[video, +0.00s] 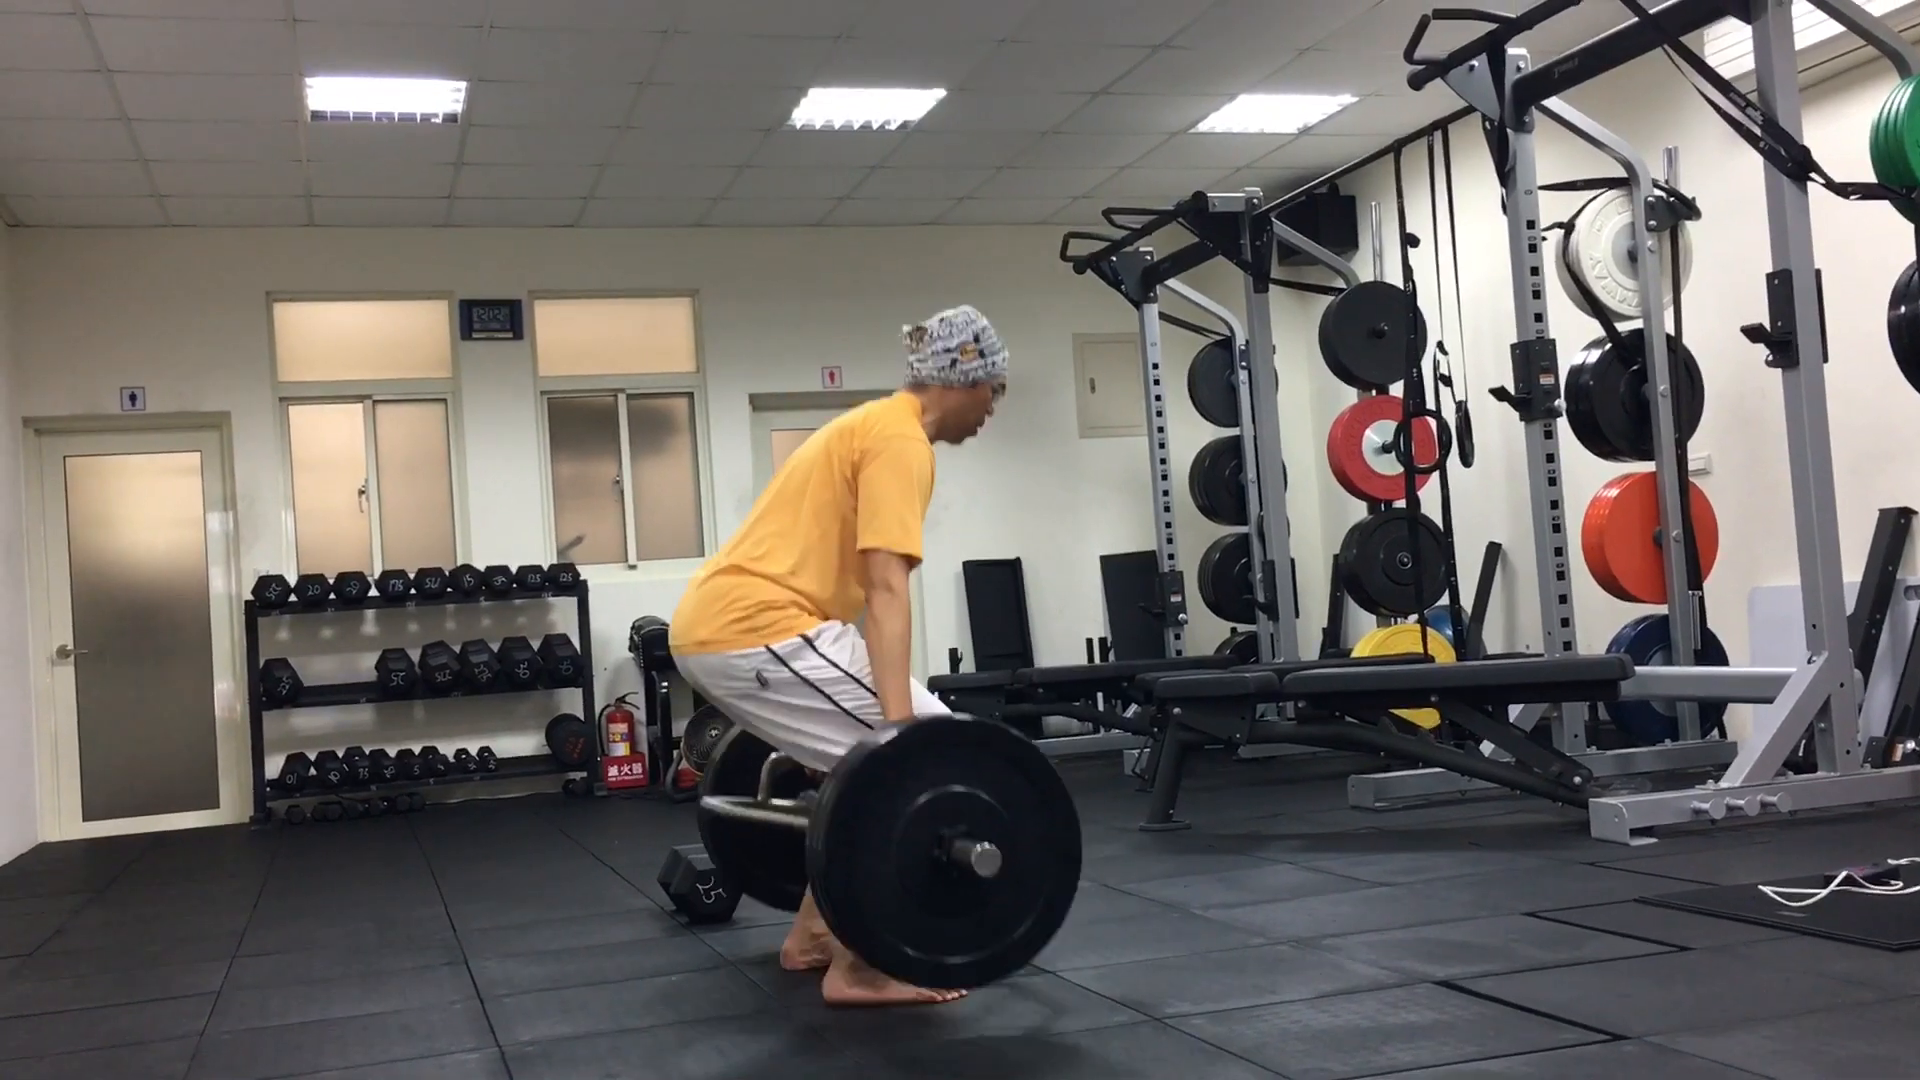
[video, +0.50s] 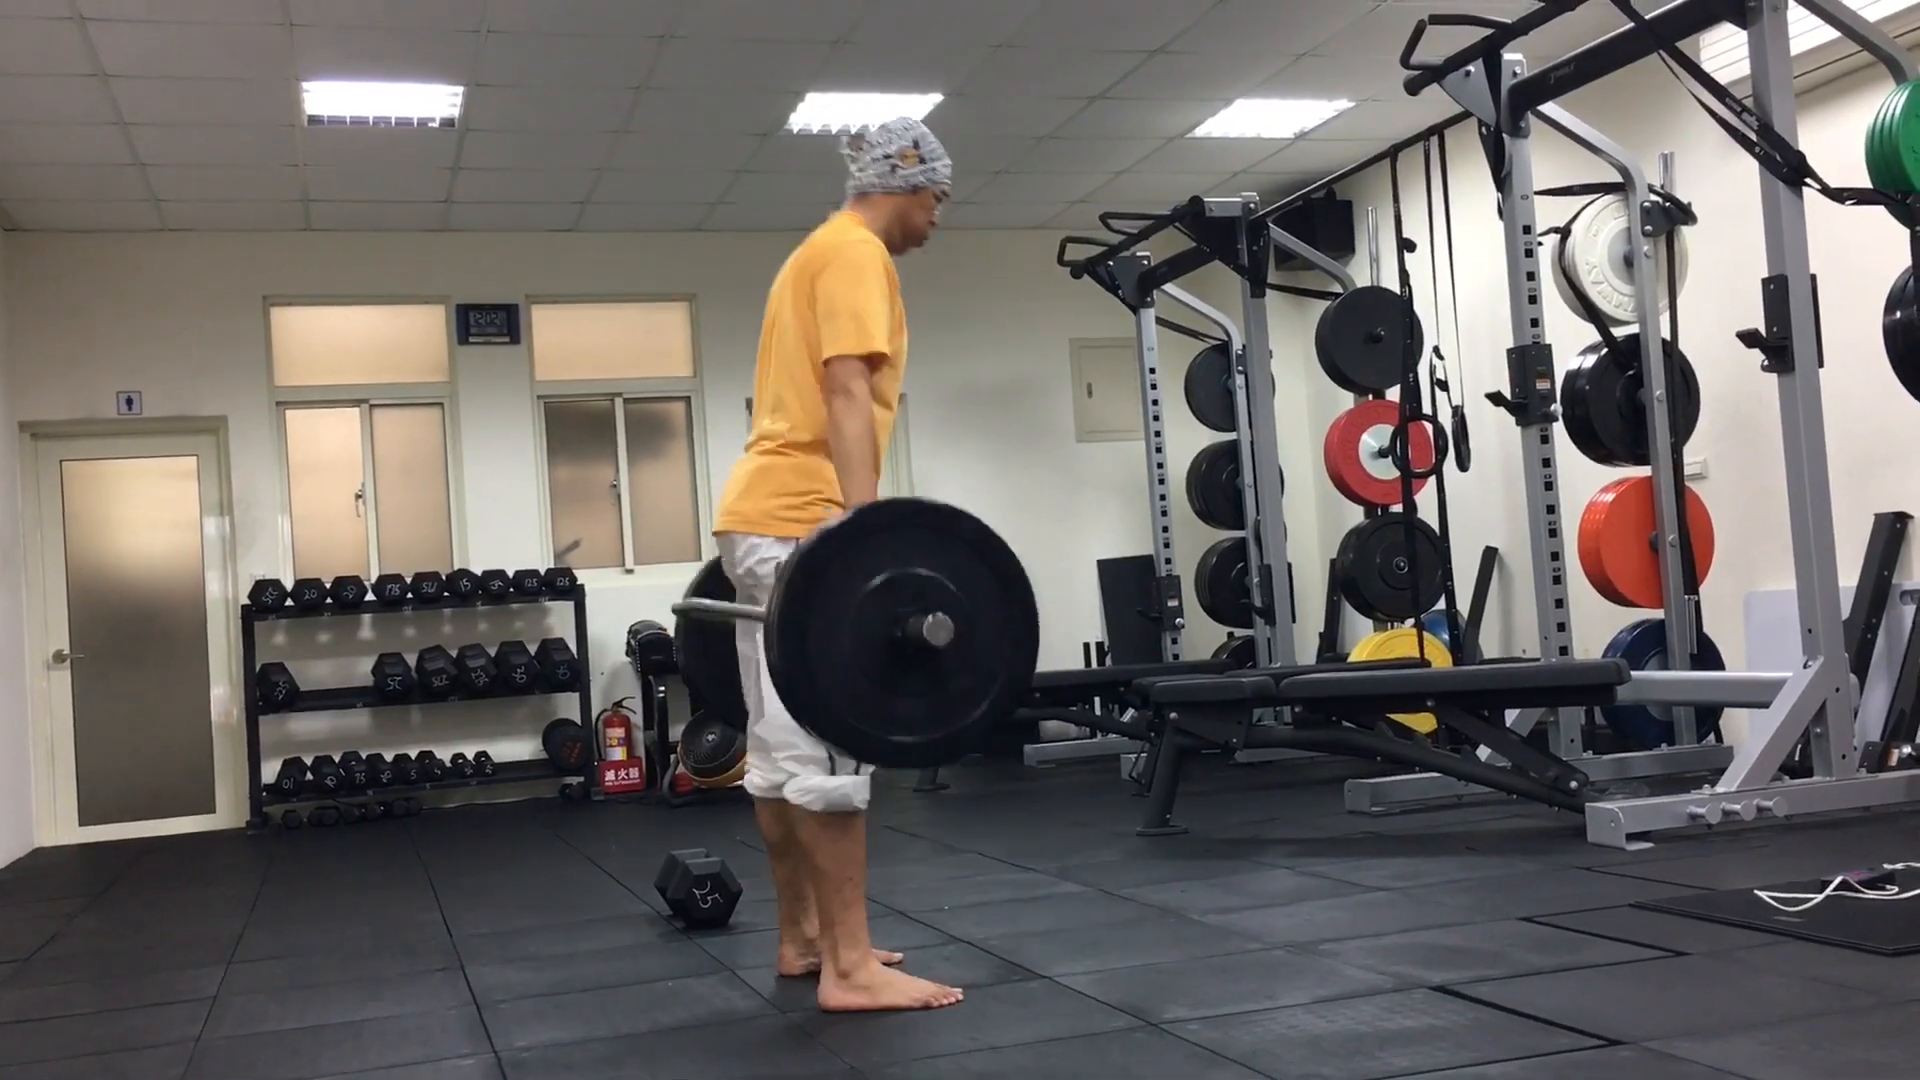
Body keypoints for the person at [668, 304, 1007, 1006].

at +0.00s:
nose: (991, 412)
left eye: (995, 396)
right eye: (991, 393)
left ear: (931, 379)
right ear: (958, 382)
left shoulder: (868, 427)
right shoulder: (898, 437)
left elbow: (860, 584)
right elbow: (885, 588)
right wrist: (898, 726)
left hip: (715, 623)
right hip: (754, 625)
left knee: (882, 744)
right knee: (918, 742)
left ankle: (813, 931)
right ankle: (862, 964)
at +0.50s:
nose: (937, 220)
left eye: (940, 204)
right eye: (935, 202)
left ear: (869, 187)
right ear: (904, 190)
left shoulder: (818, 256)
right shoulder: (853, 254)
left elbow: (794, 401)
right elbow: (844, 391)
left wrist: (836, 531)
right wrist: (873, 536)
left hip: (758, 526)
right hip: (800, 528)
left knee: (781, 741)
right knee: (829, 742)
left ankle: (804, 936)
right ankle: (851, 964)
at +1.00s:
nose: (936, 235)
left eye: (939, 219)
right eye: (935, 217)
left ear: (870, 201)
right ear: (904, 204)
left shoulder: (814, 269)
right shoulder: (848, 270)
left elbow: (806, 426)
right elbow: (849, 414)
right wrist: (872, 557)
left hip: (744, 536)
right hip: (792, 536)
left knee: (796, 742)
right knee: (851, 738)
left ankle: (803, 934)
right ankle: (849, 963)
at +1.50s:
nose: (978, 404)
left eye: (983, 389)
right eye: (978, 386)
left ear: (920, 370)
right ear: (945, 373)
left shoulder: (858, 419)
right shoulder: (883, 429)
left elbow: (868, 581)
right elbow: (880, 582)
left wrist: (891, 705)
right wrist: (900, 720)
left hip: (711, 618)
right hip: (740, 620)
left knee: (876, 739)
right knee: (890, 745)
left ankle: (808, 931)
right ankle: (856, 964)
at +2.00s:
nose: (997, 436)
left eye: (1001, 421)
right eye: (997, 418)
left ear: (936, 404)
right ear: (961, 407)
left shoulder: (873, 452)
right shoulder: (903, 464)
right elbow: (896, 618)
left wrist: (853, 753)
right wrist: (912, 754)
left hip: (718, 645)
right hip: (759, 647)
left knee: (885, 754)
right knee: (947, 749)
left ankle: (808, 931)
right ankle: (856, 961)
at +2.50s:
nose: (970, 269)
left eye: (972, 252)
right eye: (969, 250)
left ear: (906, 235)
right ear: (941, 240)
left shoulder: (846, 301)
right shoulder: (882, 306)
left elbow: (837, 457)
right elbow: (878, 455)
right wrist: (896, 598)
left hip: (735, 532)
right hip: (779, 533)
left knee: (818, 724)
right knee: (873, 718)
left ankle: (806, 922)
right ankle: (852, 954)